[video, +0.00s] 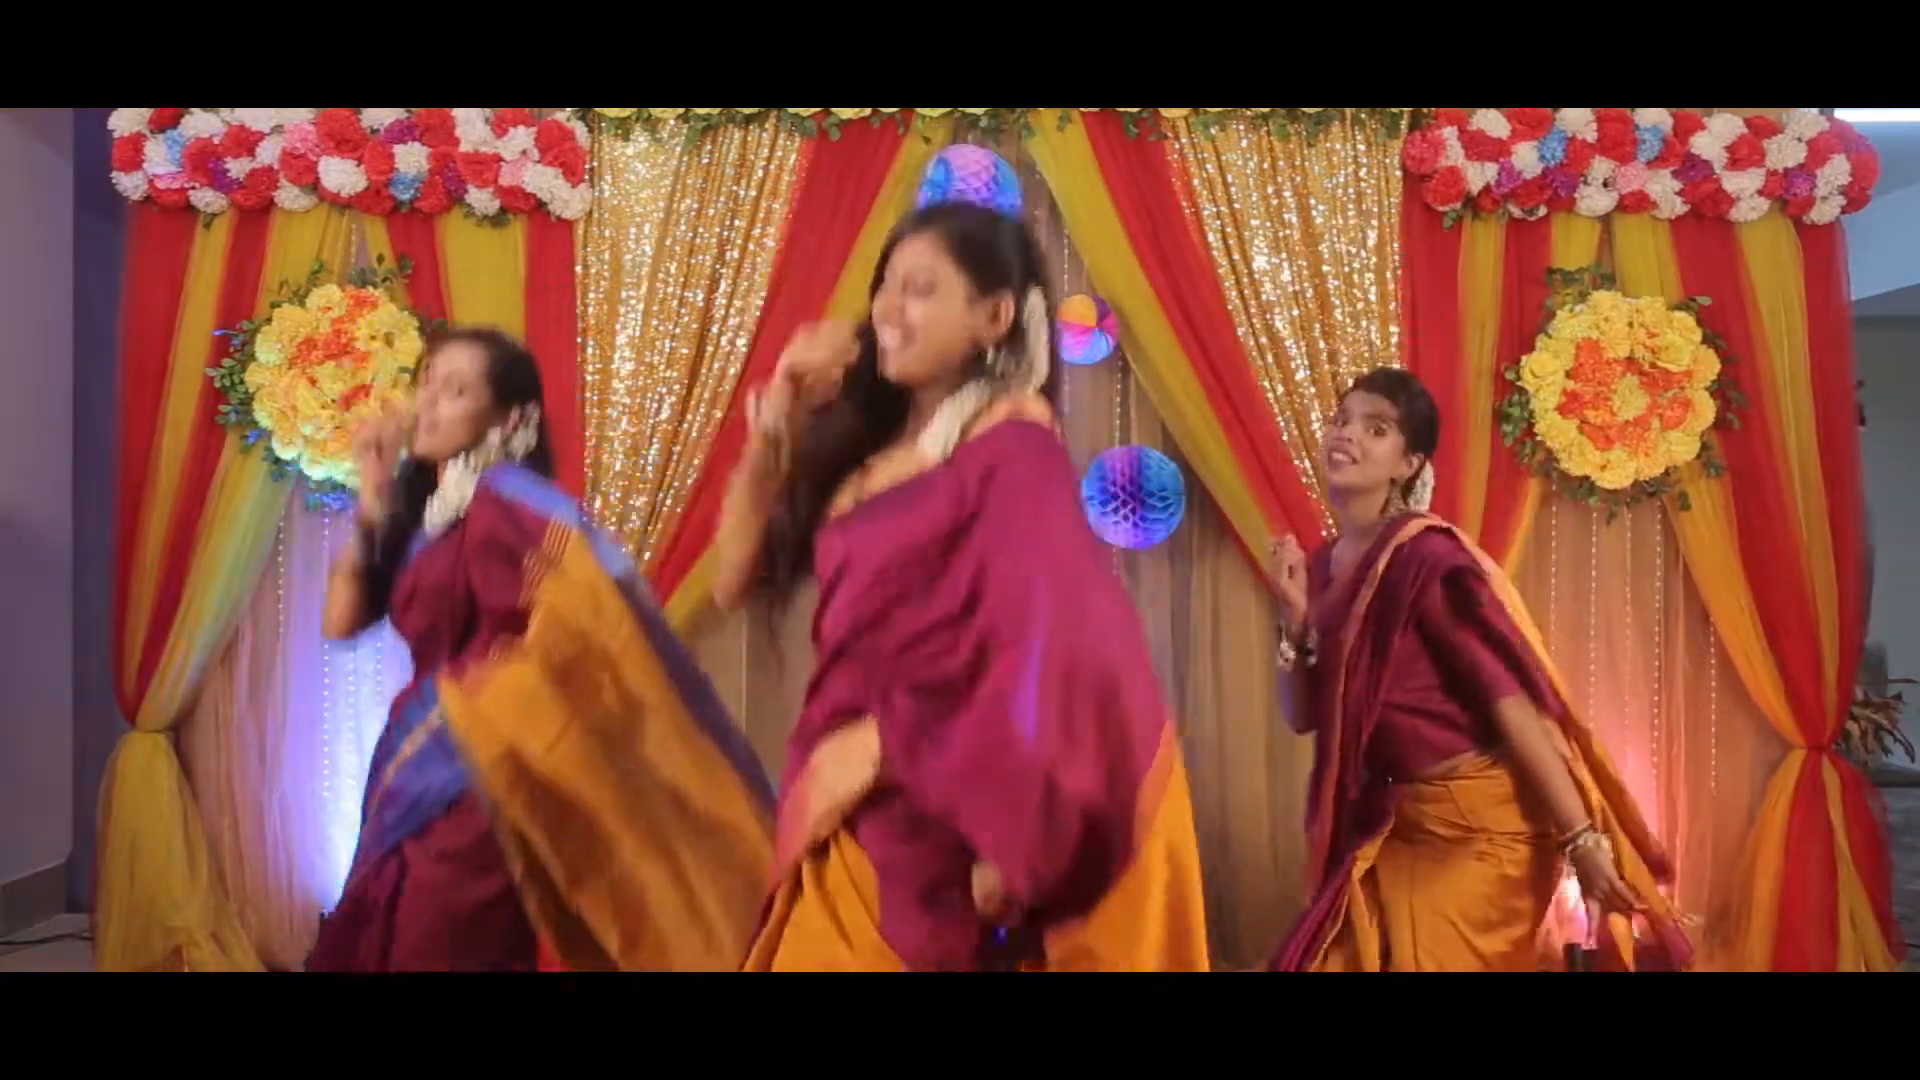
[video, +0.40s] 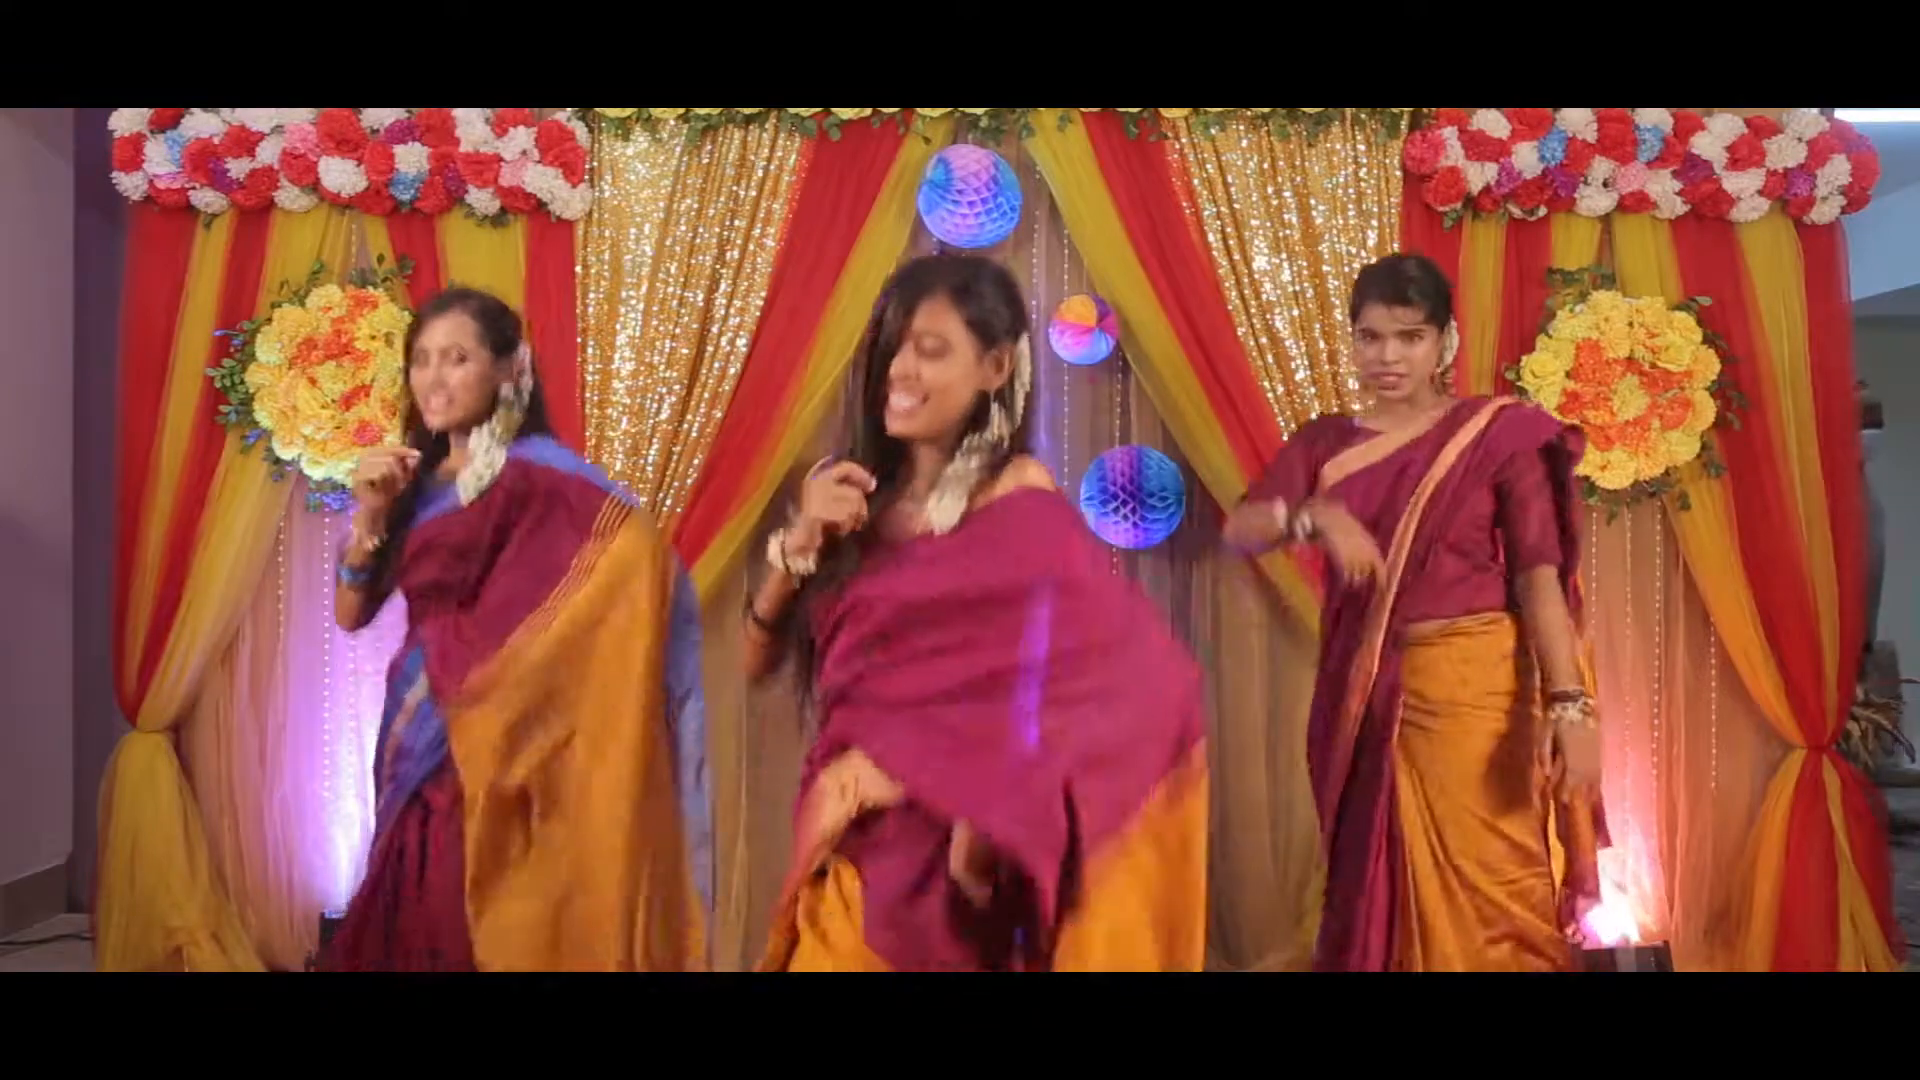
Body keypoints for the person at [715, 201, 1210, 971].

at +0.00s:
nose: (888, 310)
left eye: (920, 290)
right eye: (886, 286)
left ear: (996, 315)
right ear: (872, 294)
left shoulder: (1013, 444)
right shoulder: (886, 441)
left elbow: (1055, 650)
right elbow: (742, 575)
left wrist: (879, 745)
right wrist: (775, 433)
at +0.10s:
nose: (884, 400)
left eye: (919, 383)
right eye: (882, 378)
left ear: (989, 408)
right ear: (867, 386)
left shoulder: (1000, 525)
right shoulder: (903, 519)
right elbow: (776, 709)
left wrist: (873, 836)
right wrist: (797, 546)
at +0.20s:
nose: (885, 442)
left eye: (919, 427)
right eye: (884, 420)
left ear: (985, 451)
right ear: (871, 424)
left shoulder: (997, 550)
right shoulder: (878, 578)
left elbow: (1049, 757)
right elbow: (788, 774)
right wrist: (811, 604)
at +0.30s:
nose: (889, 423)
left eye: (922, 408)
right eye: (887, 401)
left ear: (987, 428)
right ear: (873, 404)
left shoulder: (1006, 543)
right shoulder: (867, 552)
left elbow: (1110, 739)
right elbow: (770, 740)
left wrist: (897, 843)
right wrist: (805, 599)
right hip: (851, 908)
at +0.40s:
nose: (901, 368)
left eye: (932, 351)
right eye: (895, 344)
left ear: (995, 367)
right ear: (878, 350)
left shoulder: (1019, 498)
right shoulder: (863, 493)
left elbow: (1151, 680)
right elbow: (757, 658)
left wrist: (913, 768)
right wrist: (799, 542)